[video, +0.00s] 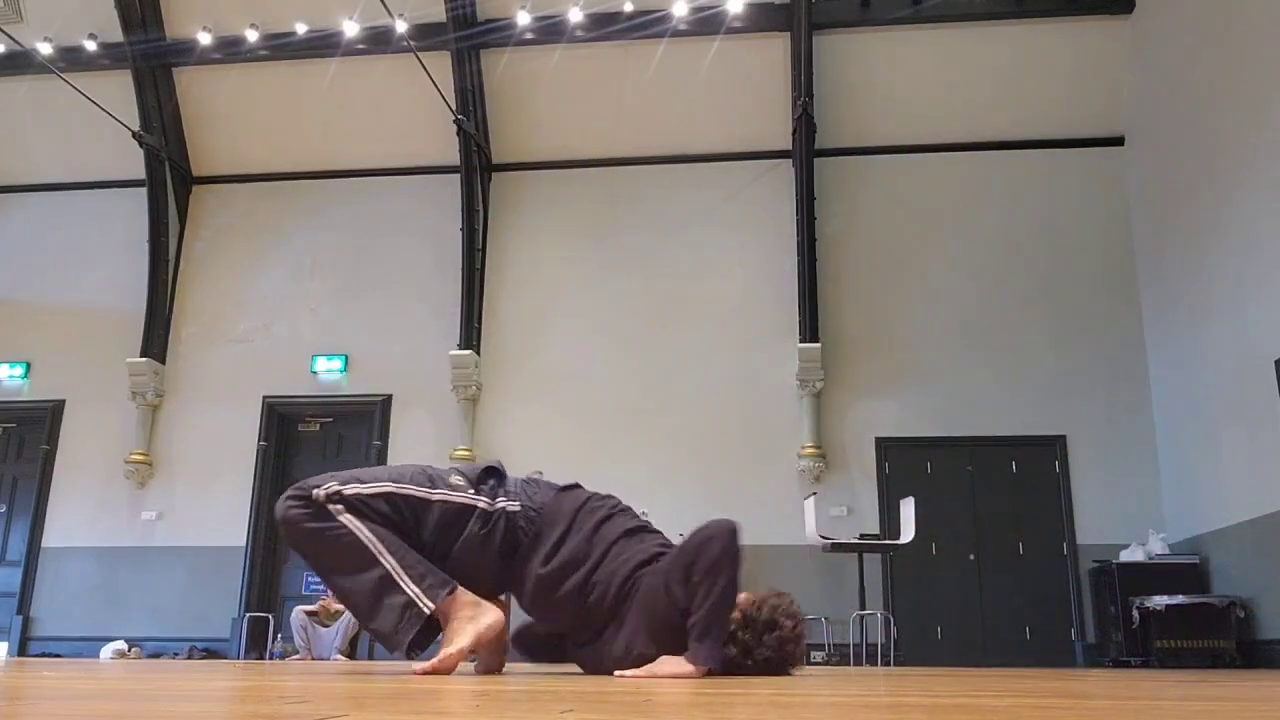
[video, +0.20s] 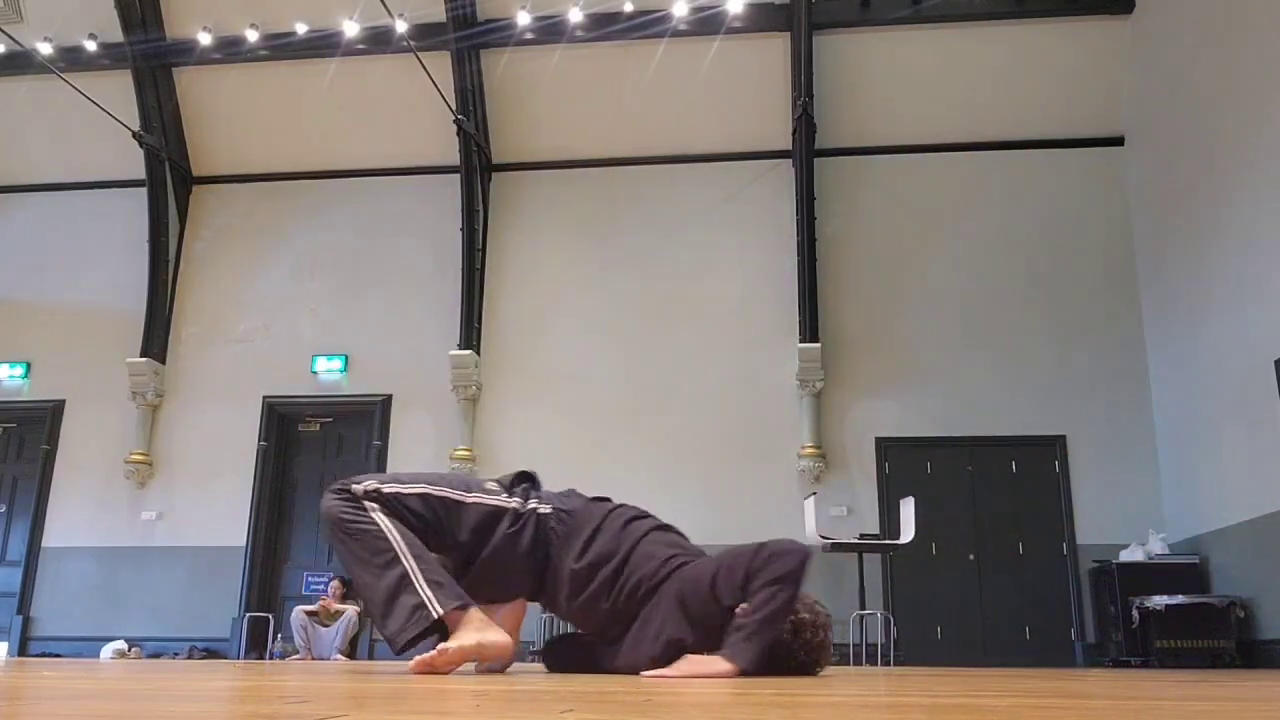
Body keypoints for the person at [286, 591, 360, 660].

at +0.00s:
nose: (334, 593)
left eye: (337, 591)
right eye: (331, 589)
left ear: (343, 593)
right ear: (328, 591)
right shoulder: (323, 604)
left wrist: (338, 607)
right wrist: (316, 608)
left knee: (353, 614)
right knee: (296, 612)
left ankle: (336, 653)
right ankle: (304, 653)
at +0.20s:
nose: (333, 591)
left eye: (337, 589)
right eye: (331, 588)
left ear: (343, 591)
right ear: (327, 589)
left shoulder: (348, 604)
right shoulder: (322, 604)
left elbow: (356, 610)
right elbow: (297, 609)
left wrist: (335, 607)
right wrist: (316, 608)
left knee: (352, 613)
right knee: (296, 612)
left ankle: (336, 654)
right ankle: (304, 653)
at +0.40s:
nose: (333, 591)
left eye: (337, 589)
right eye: (331, 588)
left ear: (343, 590)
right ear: (328, 589)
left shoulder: (349, 603)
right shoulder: (322, 603)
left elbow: (357, 610)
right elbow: (298, 609)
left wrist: (335, 607)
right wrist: (316, 608)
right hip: (315, 637)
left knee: (352, 613)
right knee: (297, 612)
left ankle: (336, 653)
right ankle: (304, 653)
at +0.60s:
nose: (333, 591)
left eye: (337, 589)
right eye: (331, 588)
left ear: (343, 591)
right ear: (328, 589)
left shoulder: (348, 603)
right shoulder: (323, 603)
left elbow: (357, 610)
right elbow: (298, 609)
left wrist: (334, 607)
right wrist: (316, 608)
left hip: (336, 633)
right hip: (316, 633)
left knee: (352, 613)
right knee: (297, 611)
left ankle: (337, 650)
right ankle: (304, 651)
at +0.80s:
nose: (333, 591)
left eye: (337, 589)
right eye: (331, 588)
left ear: (343, 591)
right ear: (328, 589)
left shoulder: (348, 603)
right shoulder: (322, 603)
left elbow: (356, 609)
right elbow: (297, 609)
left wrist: (334, 606)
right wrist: (314, 608)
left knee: (352, 613)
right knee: (297, 612)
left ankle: (337, 653)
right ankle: (304, 653)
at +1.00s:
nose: (333, 591)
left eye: (337, 589)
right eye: (331, 588)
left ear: (343, 591)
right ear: (328, 589)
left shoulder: (348, 603)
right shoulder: (322, 603)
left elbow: (356, 610)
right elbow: (297, 609)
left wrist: (334, 606)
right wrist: (314, 608)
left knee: (352, 614)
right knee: (297, 612)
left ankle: (337, 653)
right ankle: (304, 653)